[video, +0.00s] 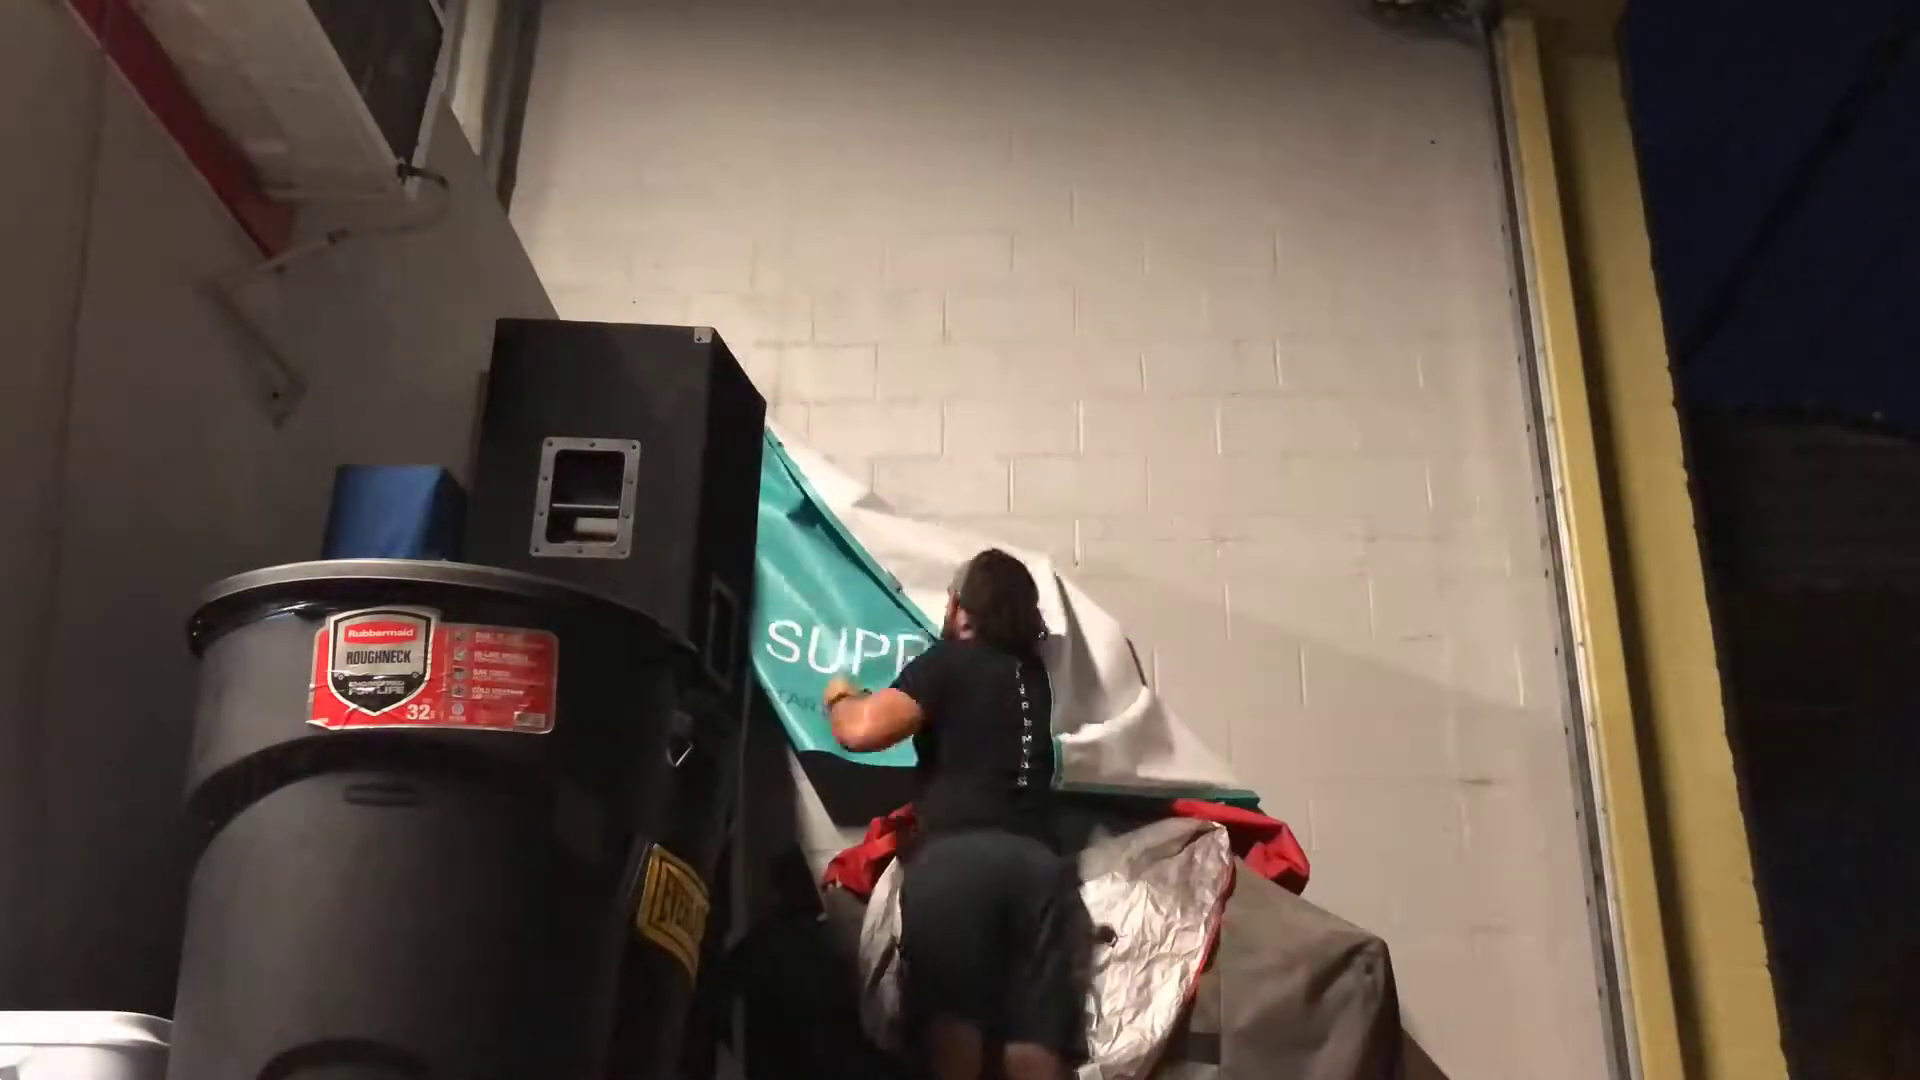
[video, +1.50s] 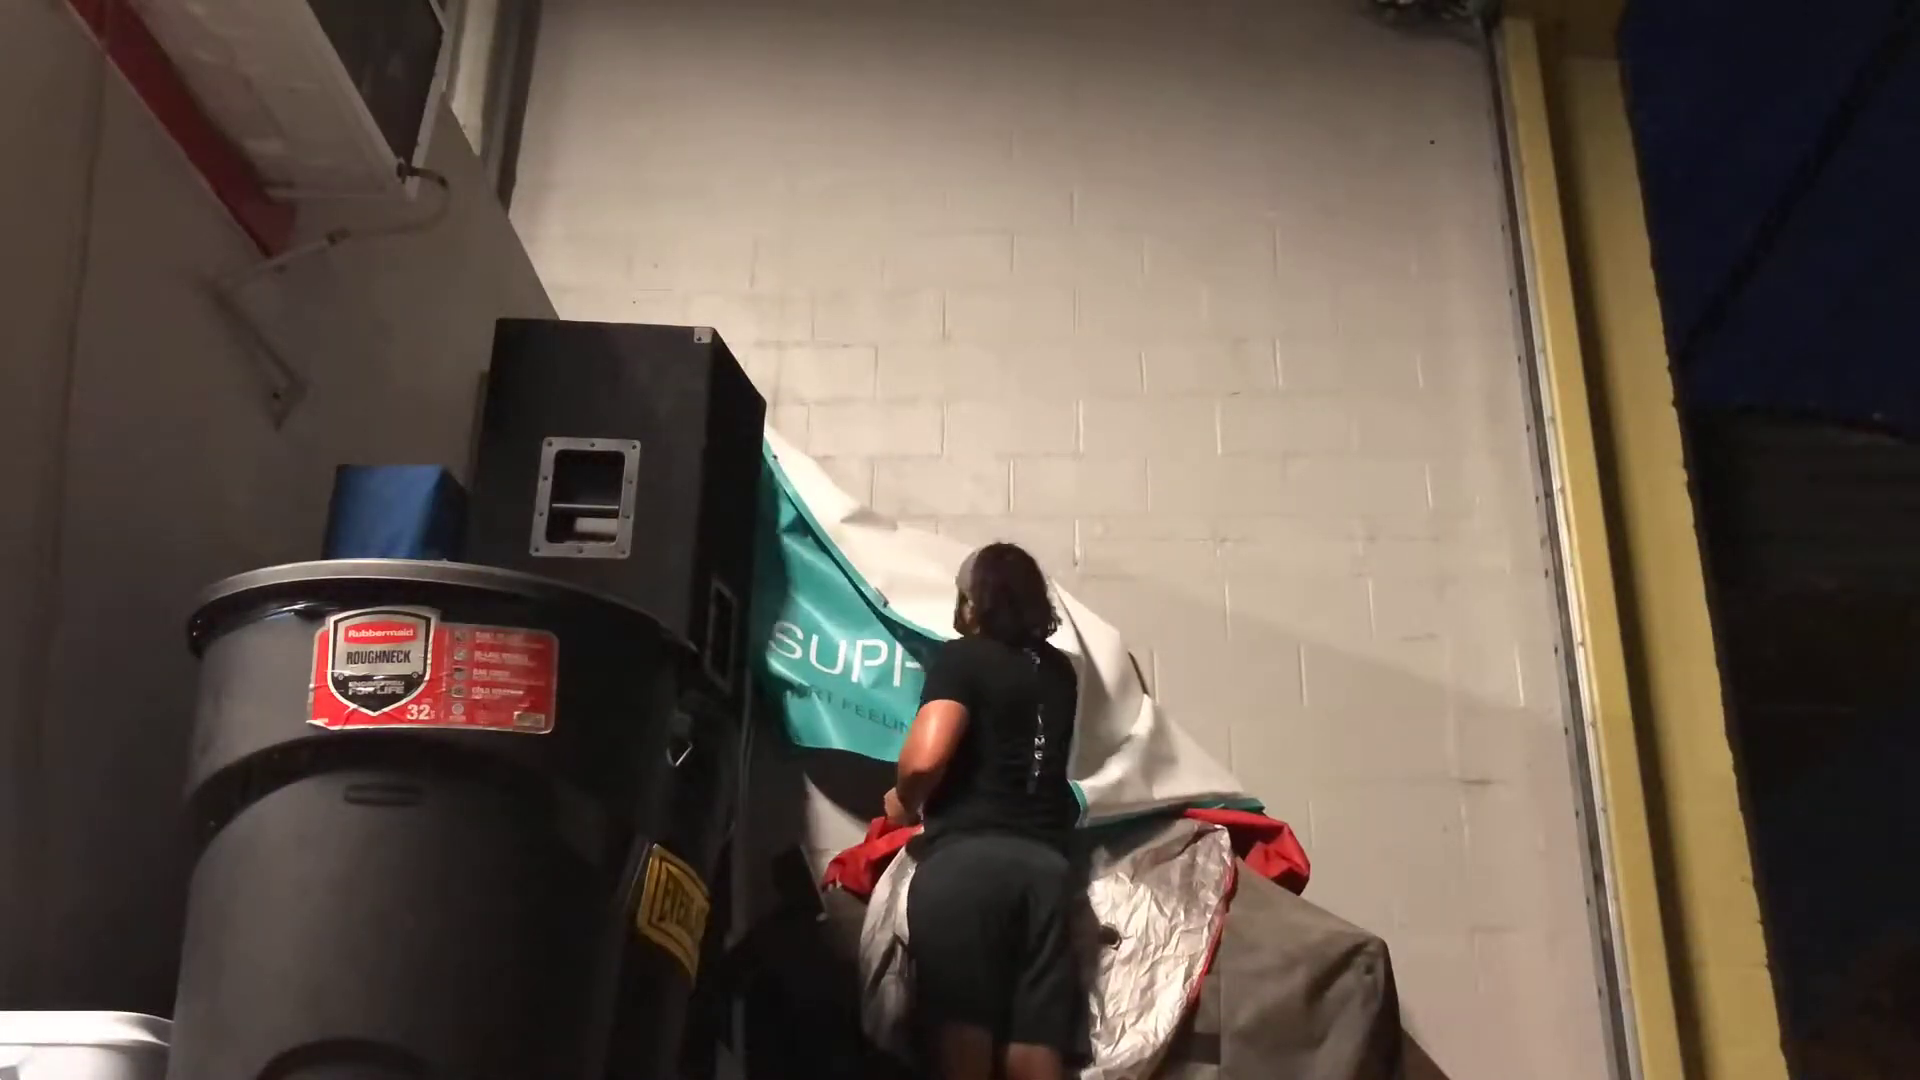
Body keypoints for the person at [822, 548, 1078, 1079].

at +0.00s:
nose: (948, 602)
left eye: (954, 596)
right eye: (952, 594)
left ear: (962, 609)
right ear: (1021, 615)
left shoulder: (946, 664)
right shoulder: (1034, 677)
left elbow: (859, 732)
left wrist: (840, 697)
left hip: (957, 851)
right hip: (1038, 856)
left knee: (953, 1028)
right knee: (1034, 1038)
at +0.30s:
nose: (960, 609)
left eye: (965, 600)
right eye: (964, 599)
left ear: (977, 611)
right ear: (1033, 620)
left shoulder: (957, 652)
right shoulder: (1037, 675)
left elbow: (849, 626)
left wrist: (809, 589)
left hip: (967, 853)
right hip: (1046, 861)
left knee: (962, 1037)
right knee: (1040, 1045)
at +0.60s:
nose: (945, 618)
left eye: (953, 607)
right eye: (948, 606)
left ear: (984, 612)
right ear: (1002, 615)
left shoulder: (977, 655)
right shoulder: (1035, 665)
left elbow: (971, 740)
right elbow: (1018, 767)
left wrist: (913, 790)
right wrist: (934, 806)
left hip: (982, 850)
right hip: (1051, 855)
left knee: (966, 1025)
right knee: (1042, 1035)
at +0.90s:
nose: (943, 610)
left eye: (947, 602)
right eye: (948, 602)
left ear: (955, 610)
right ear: (1019, 612)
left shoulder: (950, 663)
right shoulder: (1034, 669)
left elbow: (925, 752)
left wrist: (886, 804)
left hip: (965, 856)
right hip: (1044, 859)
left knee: (962, 1037)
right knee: (1035, 1043)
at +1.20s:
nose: (956, 594)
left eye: (959, 584)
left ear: (962, 594)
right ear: (1030, 593)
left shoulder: (960, 660)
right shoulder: (1063, 665)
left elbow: (923, 767)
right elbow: (1051, 757)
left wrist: (901, 806)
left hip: (967, 856)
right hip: (1049, 862)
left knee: (962, 1041)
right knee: (1037, 1049)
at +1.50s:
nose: (957, 605)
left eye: (961, 596)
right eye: (961, 595)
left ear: (972, 602)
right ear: (1038, 604)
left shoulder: (962, 658)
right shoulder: (1063, 672)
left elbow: (923, 762)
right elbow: (1044, 764)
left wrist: (903, 803)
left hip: (966, 856)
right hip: (1047, 862)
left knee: (962, 1041)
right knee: (1037, 1047)